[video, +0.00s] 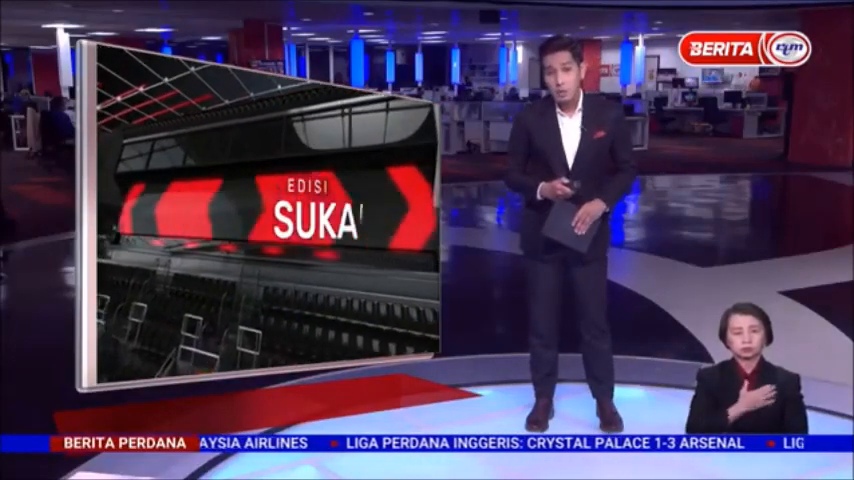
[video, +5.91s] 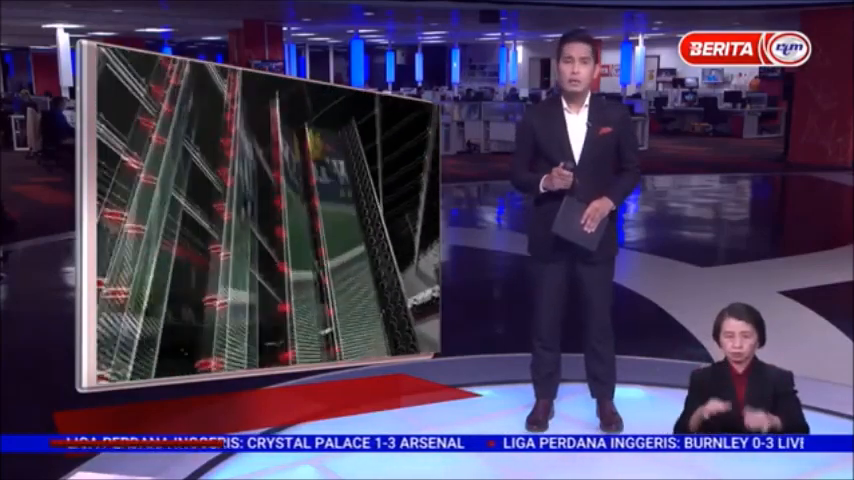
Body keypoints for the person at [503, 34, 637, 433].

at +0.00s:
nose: (558, 79)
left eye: (565, 69)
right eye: (550, 72)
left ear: (581, 71)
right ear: (543, 77)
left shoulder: (607, 112)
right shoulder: (529, 117)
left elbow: (626, 169)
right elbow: (512, 173)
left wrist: (601, 202)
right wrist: (540, 188)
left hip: (590, 231)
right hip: (542, 232)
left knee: (594, 320)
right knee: (543, 322)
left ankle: (605, 400)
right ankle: (542, 400)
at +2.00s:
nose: (564, 72)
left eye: (572, 63)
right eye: (557, 64)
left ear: (586, 69)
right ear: (548, 72)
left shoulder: (608, 112)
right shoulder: (531, 115)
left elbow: (626, 170)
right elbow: (513, 170)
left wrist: (601, 201)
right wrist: (537, 185)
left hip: (590, 232)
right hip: (542, 233)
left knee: (593, 321)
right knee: (543, 322)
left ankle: (605, 400)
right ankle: (542, 400)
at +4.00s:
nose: (561, 76)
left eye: (569, 68)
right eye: (554, 68)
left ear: (583, 72)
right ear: (545, 73)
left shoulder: (606, 112)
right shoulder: (528, 116)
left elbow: (624, 171)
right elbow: (512, 172)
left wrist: (602, 199)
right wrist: (532, 187)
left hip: (589, 231)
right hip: (541, 232)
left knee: (593, 321)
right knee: (543, 322)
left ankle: (605, 401)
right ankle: (542, 401)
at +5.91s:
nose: (574, 69)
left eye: (583, 62)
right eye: (567, 61)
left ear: (596, 69)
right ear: (556, 67)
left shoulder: (615, 113)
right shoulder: (536, 115)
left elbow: (632, 170)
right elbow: (518, 173)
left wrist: (609, 200)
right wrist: (543, 181)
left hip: (597, 231)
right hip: (548, 232)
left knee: (598, 320)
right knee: (547, 320)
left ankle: (605, 400)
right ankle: (543, 398)